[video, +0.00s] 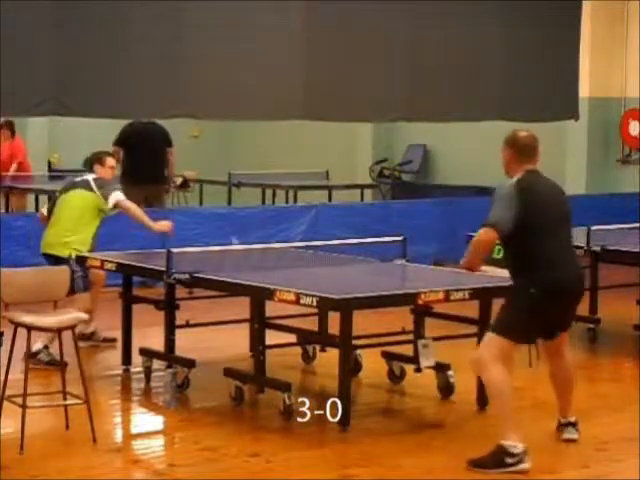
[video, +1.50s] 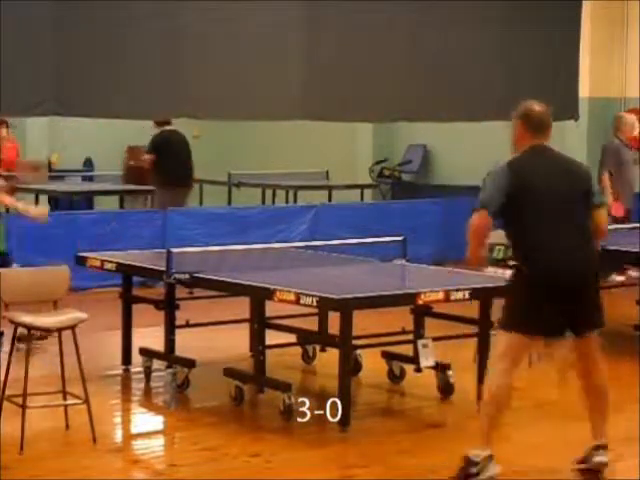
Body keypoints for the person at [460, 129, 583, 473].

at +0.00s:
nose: (503, 161)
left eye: (503, 156)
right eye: (504, 155)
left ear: (509, 157)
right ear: (536, 155)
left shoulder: (512, 190)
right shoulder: (554, 189)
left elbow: (486, 238)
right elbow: (554, 237)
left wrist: (469, 265)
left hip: (537, 285)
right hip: (570, 281)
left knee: (489, 356)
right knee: (556, 346)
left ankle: (511, 446)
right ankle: (567, 420)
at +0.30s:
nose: (485, 162)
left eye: (486, 157)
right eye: (487, 156)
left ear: (492, 156)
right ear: (520, 157)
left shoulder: (492, 188)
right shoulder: (549, 191)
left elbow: (468, 238)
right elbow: (568, 247)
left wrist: (462, 265)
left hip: (518, 285)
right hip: (562, 283)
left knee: (472, 351)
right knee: (565, 354)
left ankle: (483, 444)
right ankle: (584, 435)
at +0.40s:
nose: (478, 180)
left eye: (479, 175)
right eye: (481, 175)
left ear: (484, 175)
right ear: (513, 175)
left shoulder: (485, 207)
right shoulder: (539, 206)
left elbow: (466, 257)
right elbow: (570, 260)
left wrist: (448, 283)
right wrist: (564, 295)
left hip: (513, 299)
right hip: (559, 295)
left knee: (467, 368)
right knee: (566, 360)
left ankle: (468, 457)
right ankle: (587, 437)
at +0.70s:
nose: (503, 167)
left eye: (473, 166)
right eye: (504, 161)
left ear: (472, 166)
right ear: (504, 162)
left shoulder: (458, 202)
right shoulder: (529, 196)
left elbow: (439, 257)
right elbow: (558, 258)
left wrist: (447, 290)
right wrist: (529, 262)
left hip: (487, 305)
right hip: (534, 303)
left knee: (444, 378)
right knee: (558, 371)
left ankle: (462, 459)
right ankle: (588, 439)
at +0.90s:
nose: (450, 151)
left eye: (447, 146)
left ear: (448, 147)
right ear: (481, 140)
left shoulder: (448, 187)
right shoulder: (510, 171)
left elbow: (436, 245)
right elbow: (532, 221)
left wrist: (432, 268)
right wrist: (507, 239)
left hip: (481, 294)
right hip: (529, 287)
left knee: (452, 375)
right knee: (549, 365)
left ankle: (460, 460)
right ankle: (575, 447)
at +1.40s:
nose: (497, 144)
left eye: (497, 138)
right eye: (500, 137)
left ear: (503, 138)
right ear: (533, 138)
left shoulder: (498, 179)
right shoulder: (561, 176)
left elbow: (471, 233)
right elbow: (584, 234)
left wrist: (458, 275)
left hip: (522, 289)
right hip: (569, 287)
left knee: (490, 369)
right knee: (566, 368)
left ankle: (464, 457)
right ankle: (577, 451)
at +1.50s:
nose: (512, 135)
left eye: (513, 130)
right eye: (515, 129)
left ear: (519, 130)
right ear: (549, 131)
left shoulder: (509, 171)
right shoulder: (578, 170)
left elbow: (479, 224)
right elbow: (601, 225)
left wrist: (475, 261)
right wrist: (577, 248)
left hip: (534, 278)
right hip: (581, 277)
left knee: (503, 364)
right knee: (591, 359)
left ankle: (483, 452)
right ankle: (600, 446)